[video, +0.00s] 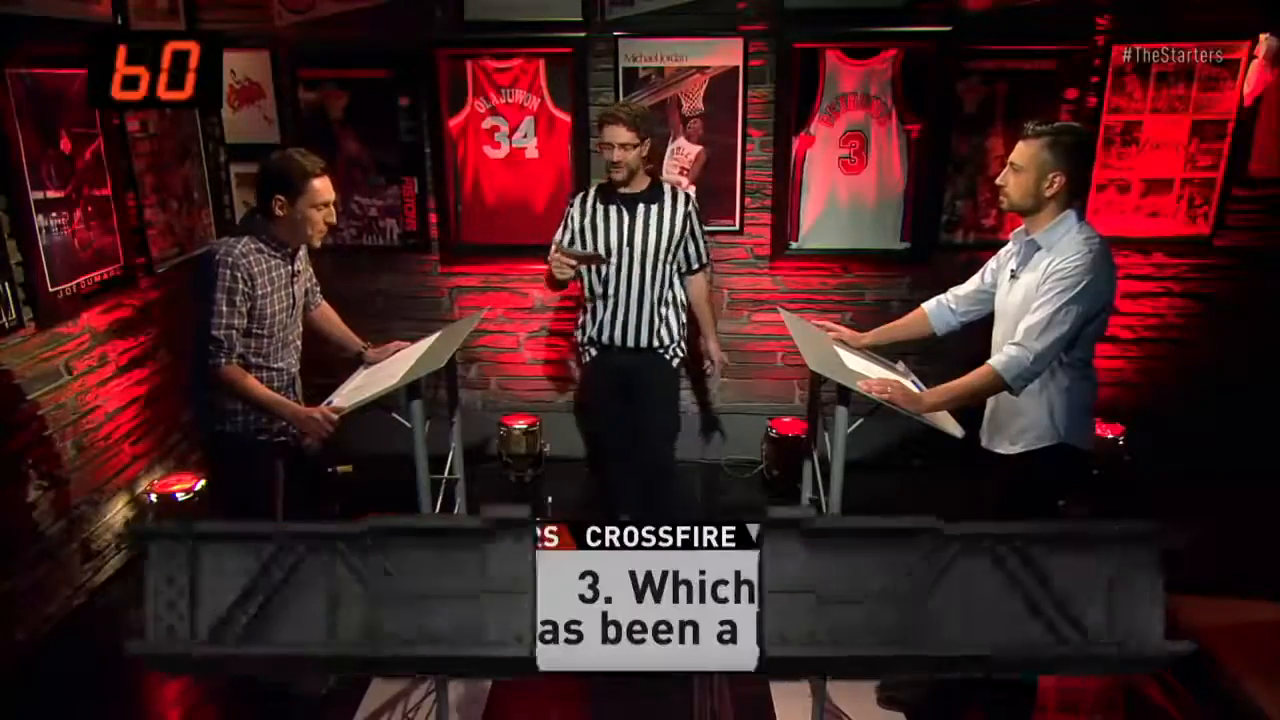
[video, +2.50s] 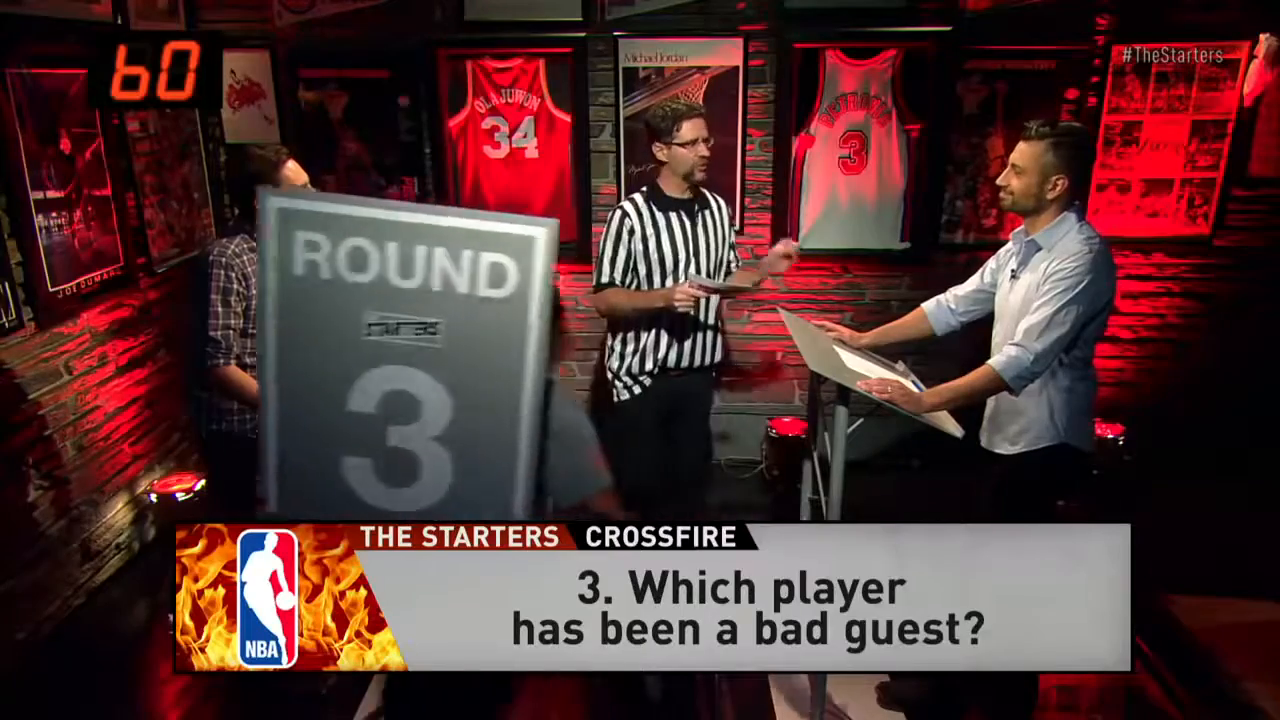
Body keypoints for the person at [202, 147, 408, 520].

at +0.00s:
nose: (332, 219)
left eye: (332, 206)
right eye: (321, 208)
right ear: (280, 207)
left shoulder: (294, 249)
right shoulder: (233, 261)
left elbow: (314, 306)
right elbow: (221, 366)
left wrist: (364, 351)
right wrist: (297, 414)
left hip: (288, 432)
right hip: (244, 439)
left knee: (302, 537)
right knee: (256, 545)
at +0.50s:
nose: (333, 208)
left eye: (330, 198)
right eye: (323, 200)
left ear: (288, 209)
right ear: (287, 208)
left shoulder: (292, 248)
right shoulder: (233, 260)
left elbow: (313, 305)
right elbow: (220, 365)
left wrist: (364, 350)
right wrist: (296, 414)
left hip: (287, 428)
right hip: (244, 438)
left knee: (302, 528)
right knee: (254, 540)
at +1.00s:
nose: (329, 204)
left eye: (325, 193)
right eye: (319, 196)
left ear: (286, 207)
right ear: (283, 207)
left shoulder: (292, 248)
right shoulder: (233, 260)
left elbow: (313, 305)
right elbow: (220, 365)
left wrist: (364, 350)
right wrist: (295, 413)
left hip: (288, 428)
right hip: (243, 437)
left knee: (307, 527)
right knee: (255, 540)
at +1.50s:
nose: (323, 198)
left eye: (318, 187)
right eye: (310, 191)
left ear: (279, 207)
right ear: (274, 207)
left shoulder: (291, 248)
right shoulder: (231, 261)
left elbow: (313, 305)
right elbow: (220, 366)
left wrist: (364, 350)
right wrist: (294, 413)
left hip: (287, 427)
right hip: (241, 437)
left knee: (309, 526)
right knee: (255, 540)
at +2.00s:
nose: (314, 196)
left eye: (308, 185)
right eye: (300, 189)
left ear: (269, 205)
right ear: (266, 205)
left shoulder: (289, 247)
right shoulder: (226, 261)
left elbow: (312, 304)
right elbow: (218, 367)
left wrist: (364, 351)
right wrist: (293, 413)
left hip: (286, 425)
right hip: (240, 435)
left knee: (305, 525)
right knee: (252, 537)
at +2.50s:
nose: (306, 204)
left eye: (307, 192)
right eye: (296, 194)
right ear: (262, 198)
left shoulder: (296, 251)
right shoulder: (231, 256)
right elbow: (219, 364)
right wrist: (284, 406)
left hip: (287, 428)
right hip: (242, 435)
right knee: (246, 533)